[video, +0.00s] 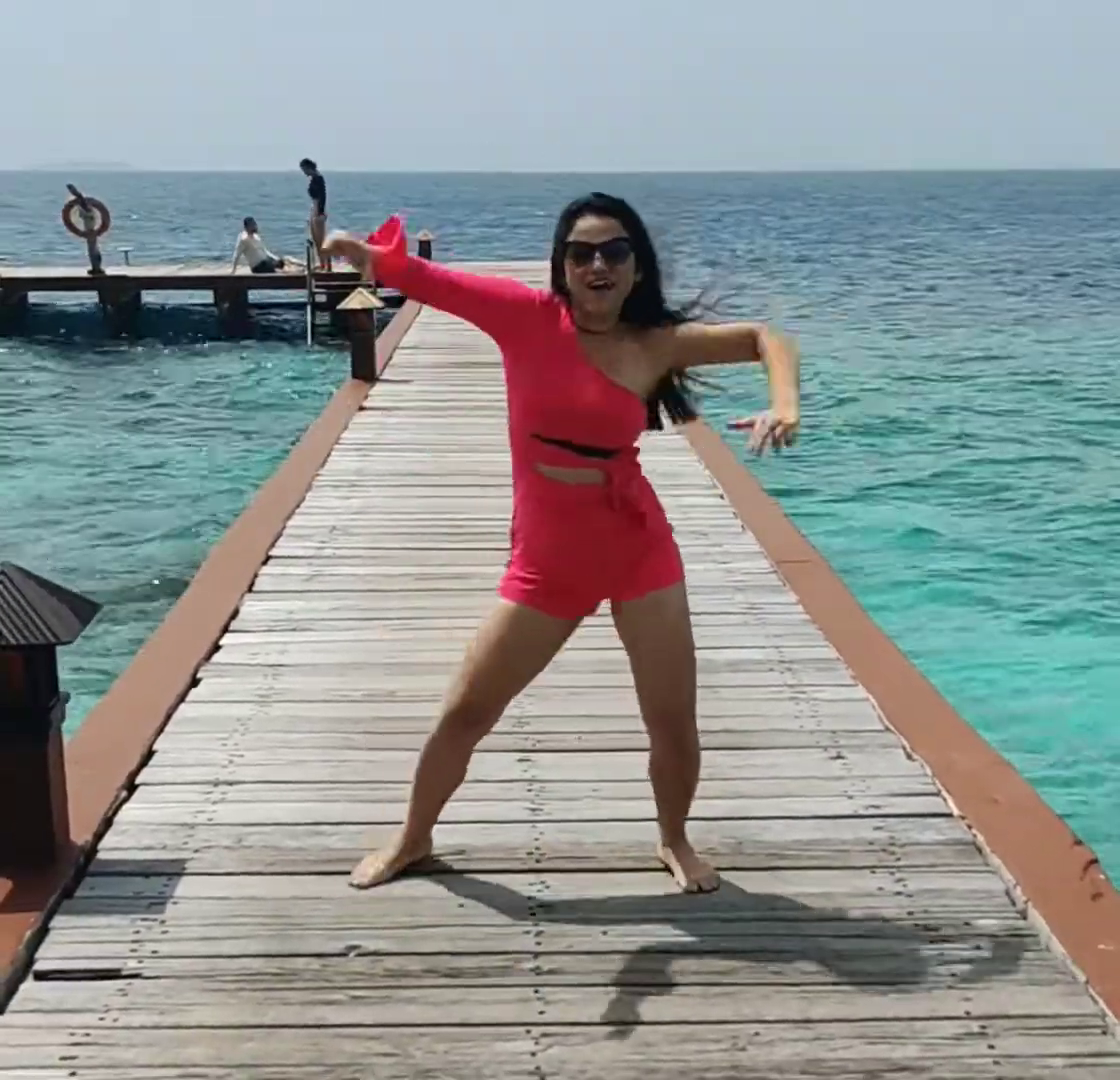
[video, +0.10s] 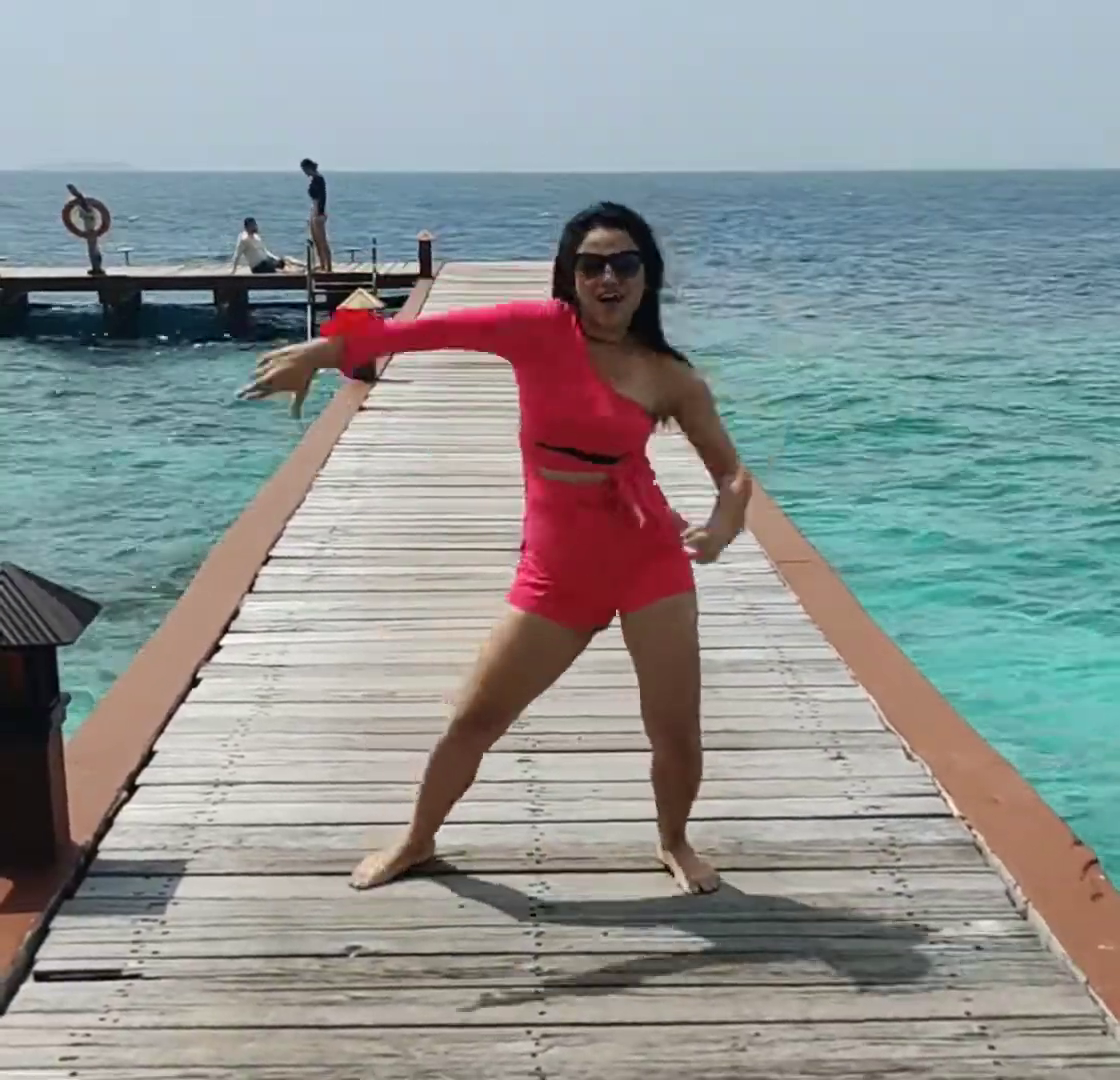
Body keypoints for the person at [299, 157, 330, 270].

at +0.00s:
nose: (304, 172)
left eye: (305, 169)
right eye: (303, 170)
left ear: (310, 168)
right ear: (309, 168)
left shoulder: (317, 180)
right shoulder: (314, 179)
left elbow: (319, 198)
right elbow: (315, 198)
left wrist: (318, 213)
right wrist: (312, 214)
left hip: (319, 213)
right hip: (314, 212)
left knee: (320, 239)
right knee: (316, 239)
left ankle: (326, 265)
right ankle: (322, 264)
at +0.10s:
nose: (305, 173)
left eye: (306, 170)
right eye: (304, 170)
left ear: (310, 168)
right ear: (309, 169)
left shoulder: (318, 180)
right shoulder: (314, 180)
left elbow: (320, 197)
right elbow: (315, 199)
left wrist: (320, 213)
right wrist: (312, 215)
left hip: (319, 213)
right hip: (314, 212)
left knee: (321, 240)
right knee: (316, 240)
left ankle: (327, 266)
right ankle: (321, 265)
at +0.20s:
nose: (306, 173)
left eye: (307, 170)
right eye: (305, 170)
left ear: (311, 168)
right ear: (311, 169)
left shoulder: (318, 180)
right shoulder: (315, 180)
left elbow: (321, 198)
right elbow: (316, 199)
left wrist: (319, 213)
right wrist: (312, 215)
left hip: (319, 213)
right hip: (314, 212)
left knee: (321, 241)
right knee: (316, 240)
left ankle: (328, 267)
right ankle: (322, 265)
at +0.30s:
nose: (306, 173)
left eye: (307, 170)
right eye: (305, 171)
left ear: (312, 169)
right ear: (310, 169)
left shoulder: (319, 181)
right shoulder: (315, 181)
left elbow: (320, 198)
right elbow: (315, 199)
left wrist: (319, 213)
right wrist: (311, 216)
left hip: (318, 213)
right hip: (313, 213)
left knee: (321, 241)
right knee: (316, 241)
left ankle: (328, 267)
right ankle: (322, 265)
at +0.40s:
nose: (306, 173)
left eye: (307, 170)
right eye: (305, 171)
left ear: (311, 169)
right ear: (311, 169)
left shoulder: (319, 180)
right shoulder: (315, 180)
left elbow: (320, 199)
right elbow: (315, 200)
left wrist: (319, 213)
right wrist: (311, 216)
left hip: (318, 213)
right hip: (313, 212)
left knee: (321, 241)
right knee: (316, 241)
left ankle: (328, 267)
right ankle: (322, 265)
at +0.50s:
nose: (307, 173)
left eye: (307, 170)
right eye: (306, 170)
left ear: (312, 169)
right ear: (312, 169)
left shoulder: (319, 181)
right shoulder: (316, 181)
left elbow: (320, 199)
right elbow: (316, 199)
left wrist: (317, 214)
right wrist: (311, 215)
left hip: (318, 214)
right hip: (313, 213)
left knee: (321, 241)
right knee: (316, 241)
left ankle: (328, 267)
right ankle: (322, 265)